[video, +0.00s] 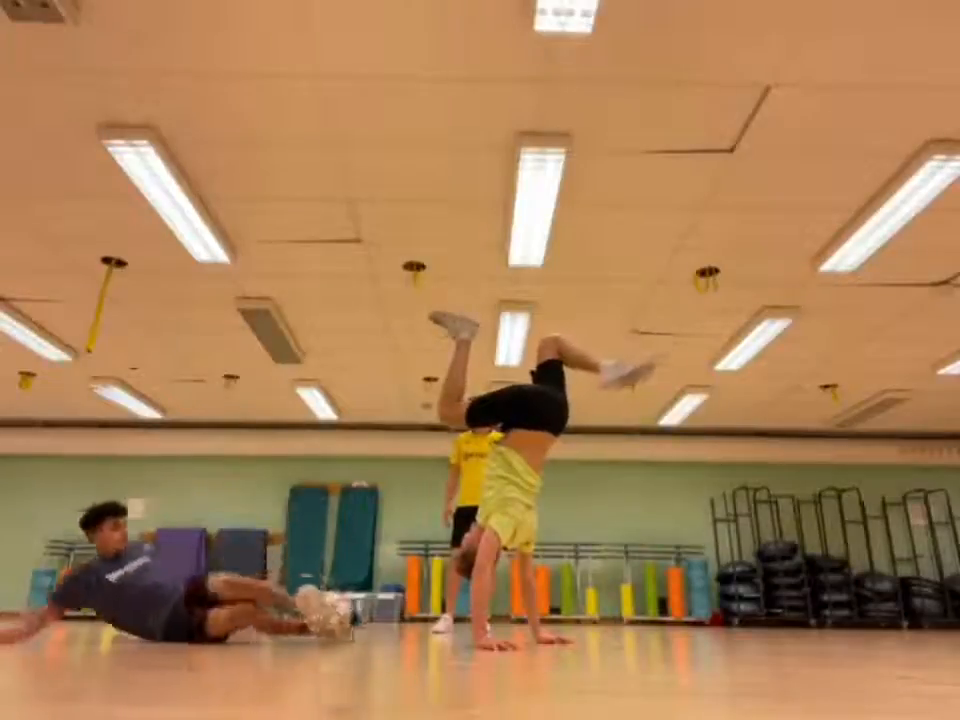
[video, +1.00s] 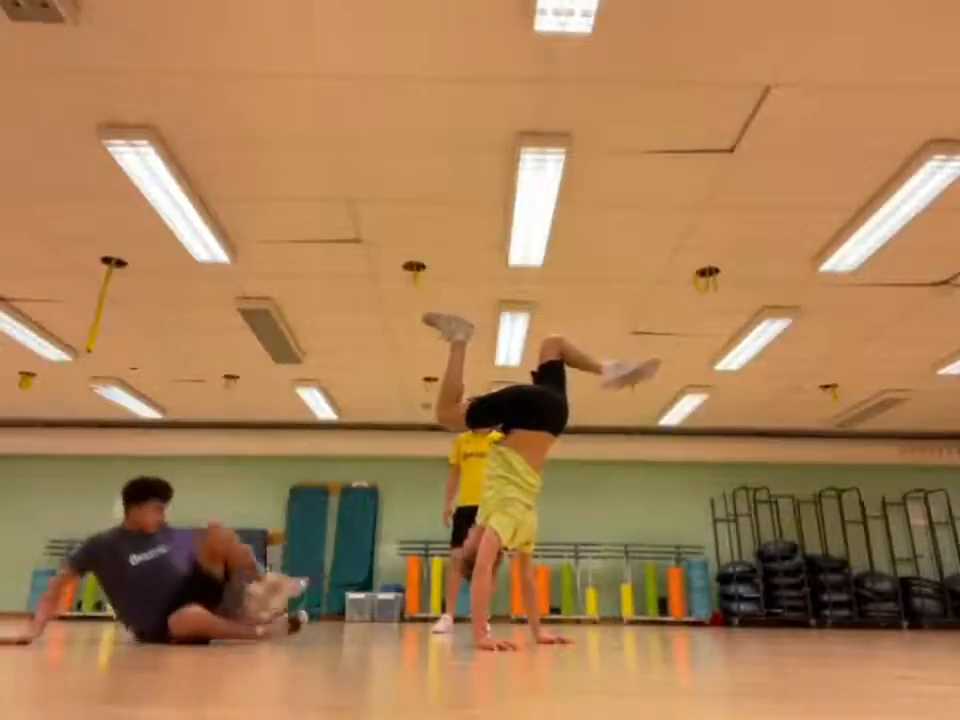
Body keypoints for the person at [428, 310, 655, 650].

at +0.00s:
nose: (469, 534)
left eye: (465, 540)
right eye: (470, 541)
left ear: (469, 542)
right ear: (472, 542)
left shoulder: (523, 535)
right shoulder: (494, 526)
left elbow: (527, 584)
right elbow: (481, 574)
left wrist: (537, 631)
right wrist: (481, 635)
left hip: (552, 413)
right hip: (530, 410)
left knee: (550, 345)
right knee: (451, 413)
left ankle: (607, 370)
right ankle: (464, 339)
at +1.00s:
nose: (480, 558)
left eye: (466, 554)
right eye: (473, 557)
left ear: (467, 545)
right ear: (472, 543)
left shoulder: (523, 536)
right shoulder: (493, 527)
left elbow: (528, 583)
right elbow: (481, 575)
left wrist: (537, 631)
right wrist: (481, 635)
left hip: (552, 413)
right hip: (530, 410)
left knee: (552, 345)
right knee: (449, 414)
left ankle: (607, 370)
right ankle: (458, 341)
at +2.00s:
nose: (483, 572)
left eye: (485, 574)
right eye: (481, 573)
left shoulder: (524, 536)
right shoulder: (493, 528)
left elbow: (526, 584)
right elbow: (481, 577)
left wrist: (537, 631)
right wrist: (481, 636)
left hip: (553, 414)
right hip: (529, 408)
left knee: (559, 344)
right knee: (450, 417)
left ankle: (613, 378)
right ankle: (461, 340)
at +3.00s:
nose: (481, 557)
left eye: (473, 556)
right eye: (477, 556)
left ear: (472, 549)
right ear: (473, 543)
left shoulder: (526, 538)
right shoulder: (497, 528)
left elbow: (528, 585)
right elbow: (483, 577)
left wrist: (537, 632)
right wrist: (482, 636)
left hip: (557, 412)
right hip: (536, 412)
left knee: (549, 345)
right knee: (457, 407)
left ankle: (620, 317)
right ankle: (450, 334)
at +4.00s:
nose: (472, 533)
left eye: (465, 537)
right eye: (473, 539)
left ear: (475, 550)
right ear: (480, 548)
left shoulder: (522, 538)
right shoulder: (497, 529)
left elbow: (527, 585)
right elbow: (482, 574)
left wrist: (536, 633)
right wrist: (480, 634)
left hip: (555, 417)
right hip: (534, 410)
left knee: (538, 356)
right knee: (453, 385)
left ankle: (604, 318)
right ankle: (449, 302)